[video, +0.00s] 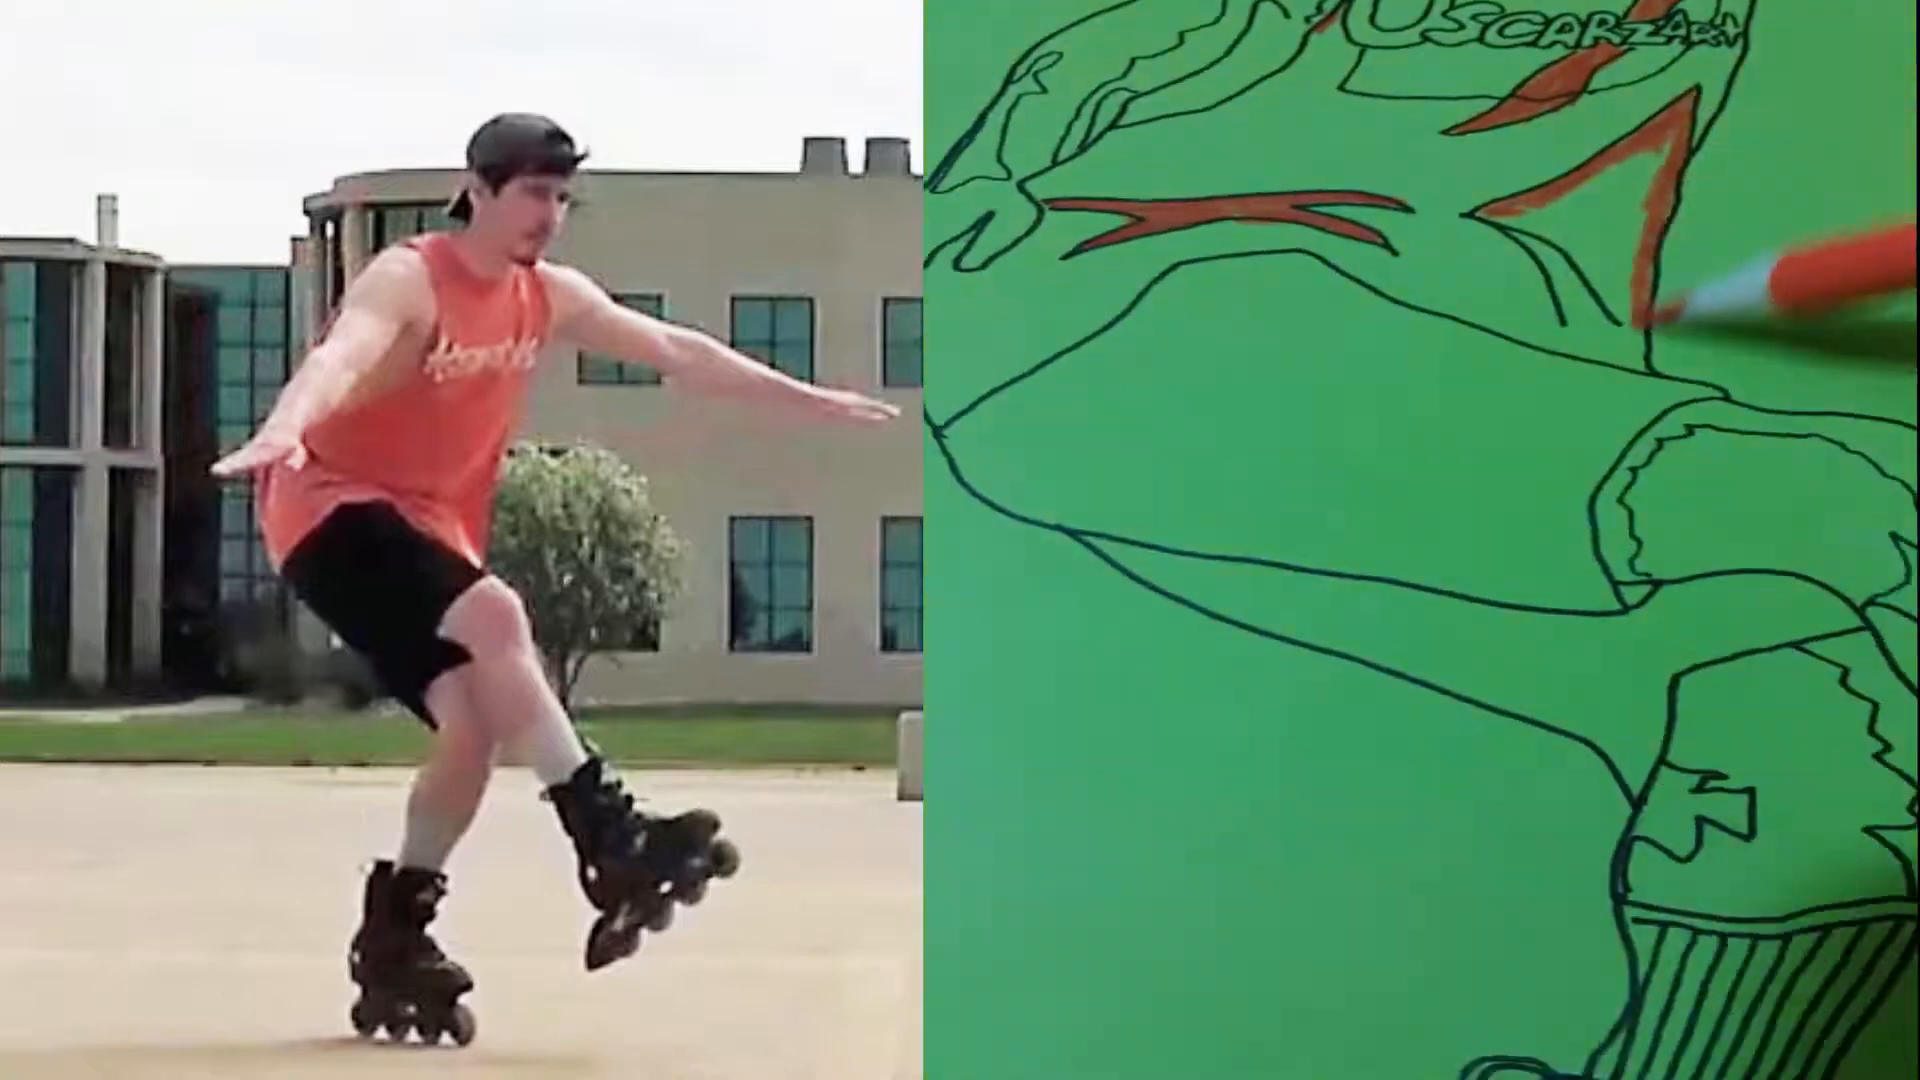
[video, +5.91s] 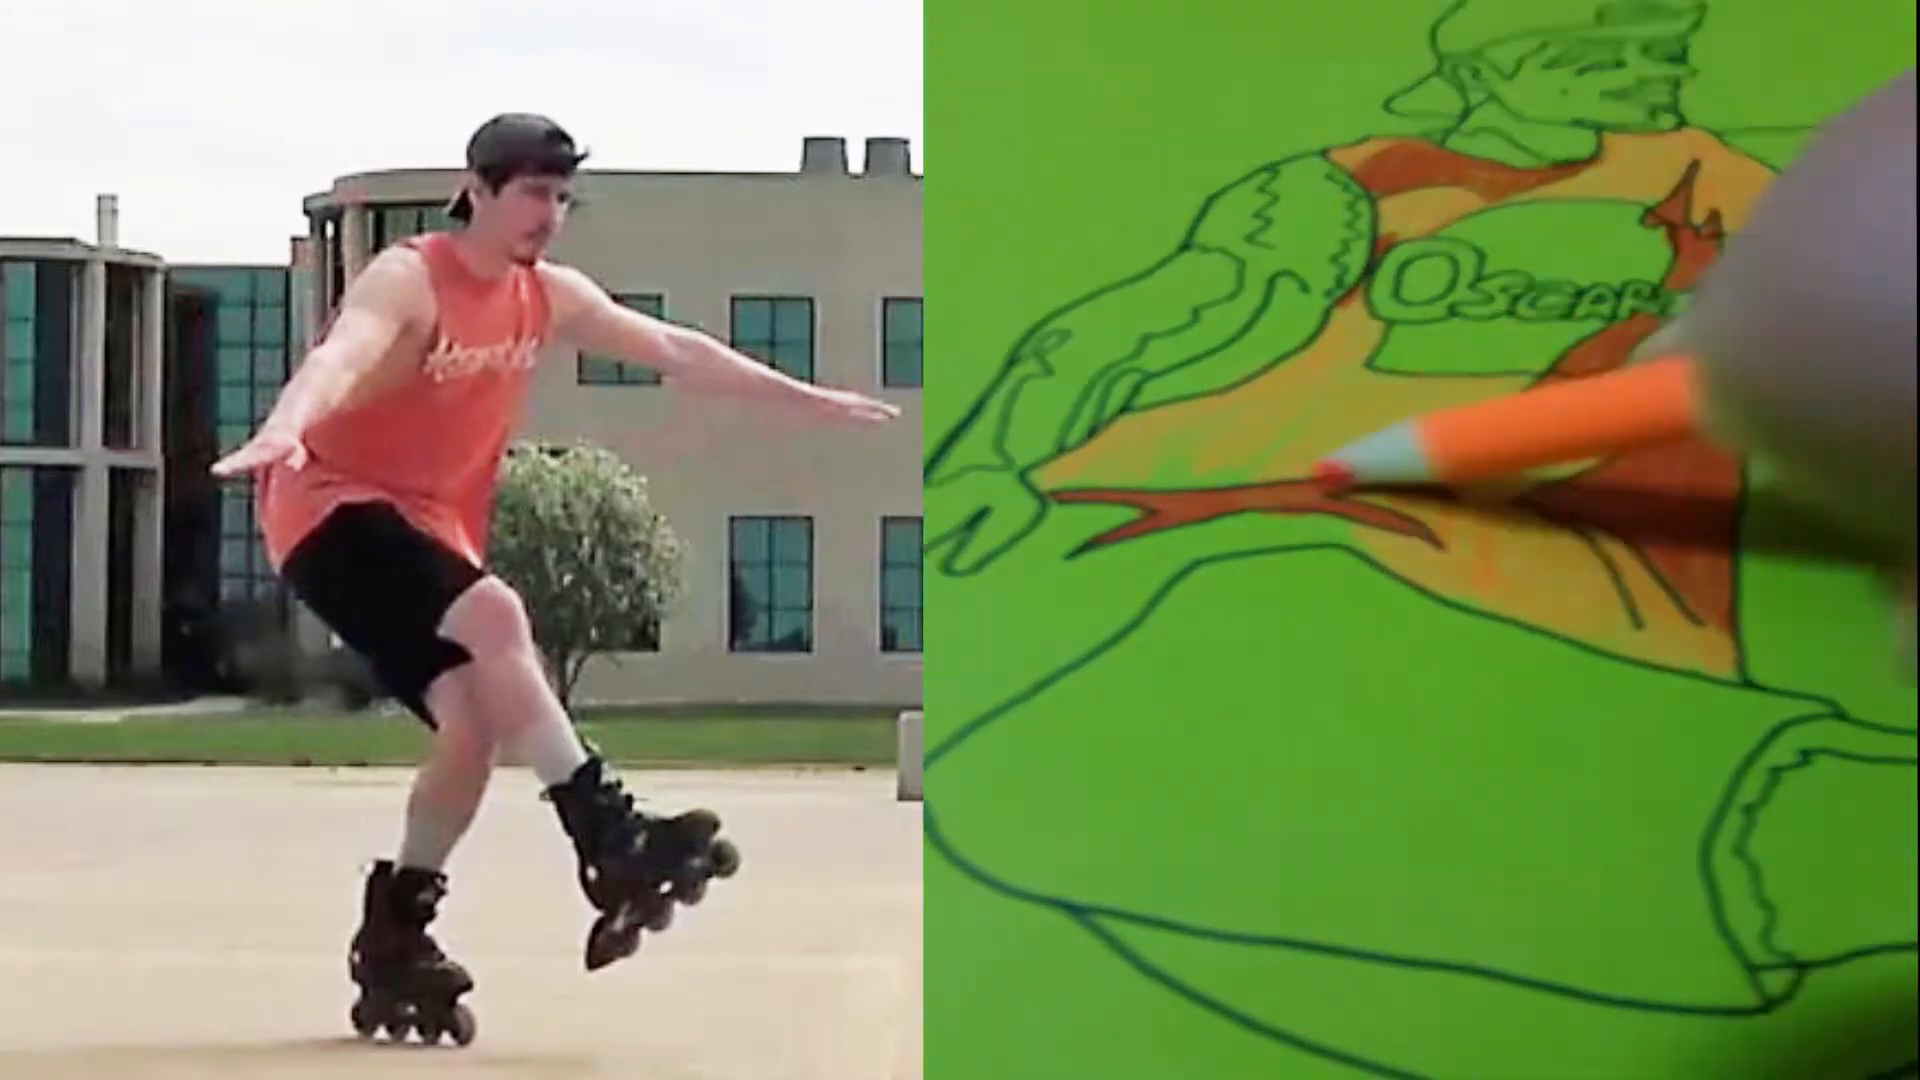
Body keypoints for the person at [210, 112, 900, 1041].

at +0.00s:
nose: (552, 214)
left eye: (562, 198)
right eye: (536, 195)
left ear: (563, 203)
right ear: (476, 191)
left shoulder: (551, 293)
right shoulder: (409, 274)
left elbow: (674, 350)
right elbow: (341, 356)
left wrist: (810, 399)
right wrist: (283, 429)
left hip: (436, 529)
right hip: (334, 504)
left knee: (478, 724)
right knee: (492, 616)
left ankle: (393, 936)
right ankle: (611, 843)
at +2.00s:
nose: (552, 214)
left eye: (562, 198)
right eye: (536, 194)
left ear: (563, 203)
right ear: (477, 191)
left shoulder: (551, 293)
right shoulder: (409, 274)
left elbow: (674, 349)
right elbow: (341, 356)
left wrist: (811, 399)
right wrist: (282, 429)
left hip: (436, 530)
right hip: (334, 505)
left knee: (477, 725)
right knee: (492, 616)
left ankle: (393, 936)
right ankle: (611, 842)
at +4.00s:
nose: (551, 215)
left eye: (561, 199)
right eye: (535, 195)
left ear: (563, 204)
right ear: (476, 191)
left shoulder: (551, 293)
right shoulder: (408, 274)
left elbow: (674, 350)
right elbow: (341, 356)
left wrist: (810, 399)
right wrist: (282, 429)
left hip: (437, 531)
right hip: (334, 505)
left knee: (477, 726)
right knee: (492, 616)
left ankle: (393, 934)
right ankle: (609, 839)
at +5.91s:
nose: (551, 215)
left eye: (561, 199)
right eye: (535, 195)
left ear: (563, 203)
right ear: (475, 191)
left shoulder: (551, 293)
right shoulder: (408, 274)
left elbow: (674, 350)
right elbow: (342, 356)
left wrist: (810, 399)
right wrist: (283, 428)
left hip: (436, 530)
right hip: (334, 504)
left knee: (477, 725)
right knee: (492, 616)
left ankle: (393, 935)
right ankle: (610, 841)